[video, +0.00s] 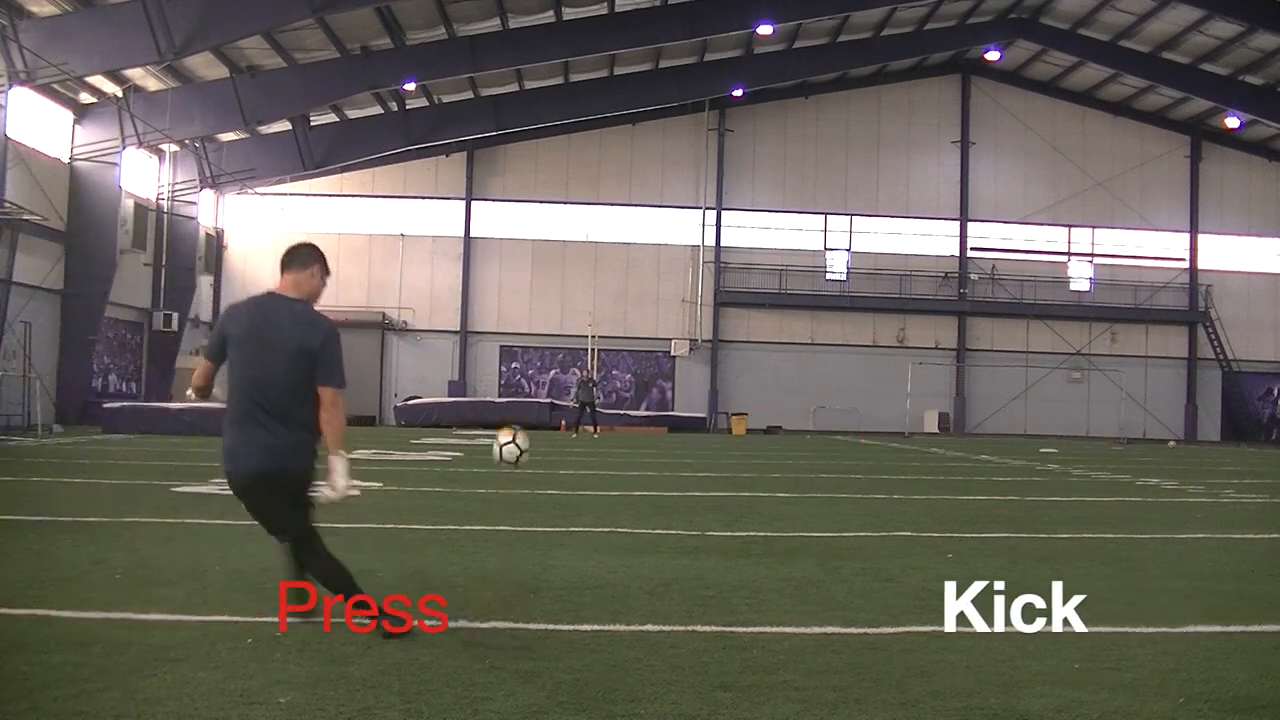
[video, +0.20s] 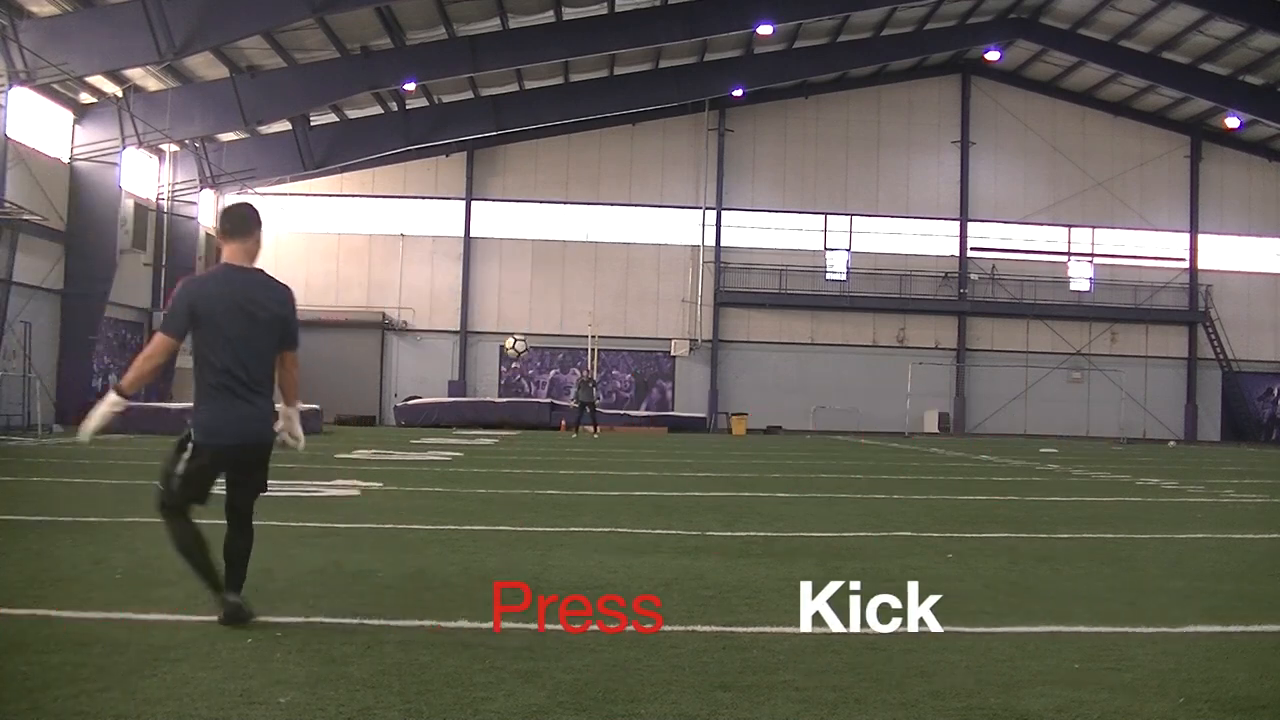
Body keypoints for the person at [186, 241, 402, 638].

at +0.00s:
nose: (322, 291)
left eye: (324, 283)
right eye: (324, 281)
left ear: (283, 271)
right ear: (313, 273)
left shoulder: (236, 314)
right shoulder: (320, 329)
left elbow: (201, 379)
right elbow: (329, 400)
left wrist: (200, 391)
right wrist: (337, 458)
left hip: (241, 458)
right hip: (293, 458)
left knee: (304, 542)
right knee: (293, 533)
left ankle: (369, 610)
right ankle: (298, 603)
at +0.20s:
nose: (241, 246)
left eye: (219, 237)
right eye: (255, 237)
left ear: (218, 237)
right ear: (258, 238)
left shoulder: (197, 287)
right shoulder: (279, 294)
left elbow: (158, 352)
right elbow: (288, 363)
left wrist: (115, 397)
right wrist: (291, 412)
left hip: (211, 427)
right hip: (258, 428)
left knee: (173, 505)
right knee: (241, 516)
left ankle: (223, 593)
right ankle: (232, 598)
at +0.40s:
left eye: (156, 220)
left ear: (157, 220)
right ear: (196, 219)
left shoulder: (149, 273)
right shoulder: (224, 272)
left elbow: (117, 330)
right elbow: (240, 329)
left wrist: (55, 364)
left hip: (153, 413)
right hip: (206, 415)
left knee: (107, 506)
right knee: (216, 513)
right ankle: (230, 604)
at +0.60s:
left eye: (110, 210)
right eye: (143, 205)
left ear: (106, 212)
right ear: (149, 211)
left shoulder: (95, 266)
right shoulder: (180, 270)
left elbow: (75, 330)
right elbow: (174, 329)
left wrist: (29, 387)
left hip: (98, 411)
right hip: (152, 411)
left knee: (73, 514)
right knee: (178, 504)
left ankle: (56, 615)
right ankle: (198, 599)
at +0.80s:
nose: (79, 207)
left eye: (74, 200)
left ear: (74, 203)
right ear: (118, 204)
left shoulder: (58, 264)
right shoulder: (144, 264)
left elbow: (42, 336)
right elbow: (138, 329)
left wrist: (13, 389)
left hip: (69, 409)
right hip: (126, 408)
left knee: (57, 513)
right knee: (140, 498)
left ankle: (54, 616)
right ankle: (92, 597)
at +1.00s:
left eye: (63, 198)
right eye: (103, 197)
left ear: (63, 201)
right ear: (107, 202)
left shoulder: (37, 262)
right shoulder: (130, 267)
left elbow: (4, 330)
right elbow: (133, 355)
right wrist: (118, 363)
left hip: (44, 408)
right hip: (95, 412)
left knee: (42, 511)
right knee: (68, 518)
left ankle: (48, 613)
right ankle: (34, 627)